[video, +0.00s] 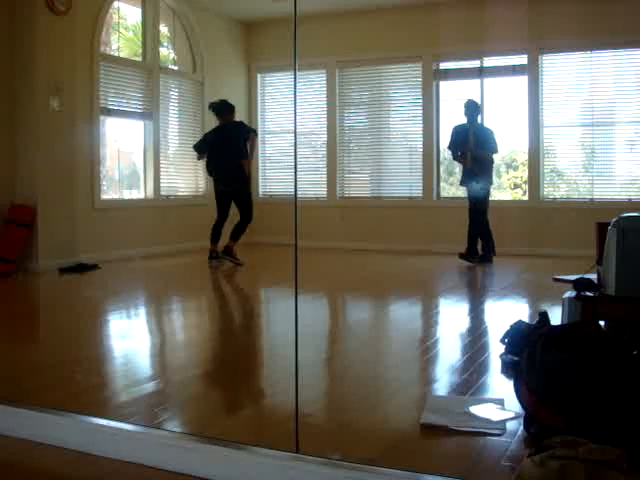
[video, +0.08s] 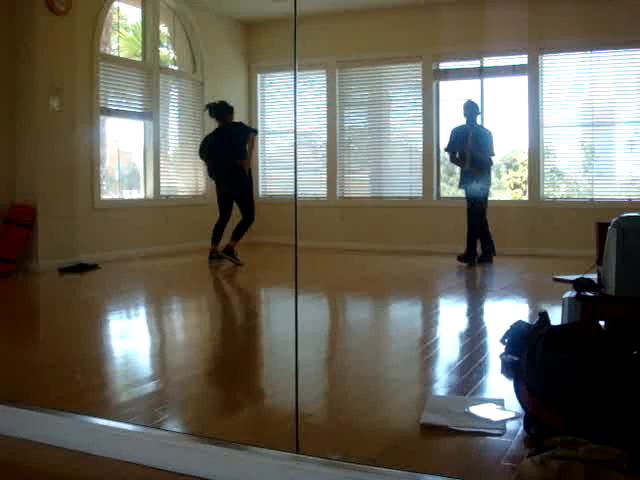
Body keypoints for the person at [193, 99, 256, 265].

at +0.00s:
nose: (233, 116)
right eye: (232, 113)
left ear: (216, 116)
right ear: (232, 113)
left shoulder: (212, 134)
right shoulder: (239, 127)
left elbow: (199, 154)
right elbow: (253, 136)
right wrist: (250, 158)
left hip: (220, 181)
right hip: (239, 178)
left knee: (221, 216)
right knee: (246, 216)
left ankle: (213, 251)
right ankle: (229, 248)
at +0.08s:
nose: (233, 117)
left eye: (230, 115)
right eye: (231, 115)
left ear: (216, 118)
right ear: (230, 115)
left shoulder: (209, 138)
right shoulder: (238, 128)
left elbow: (205, 159)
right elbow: (253, 135)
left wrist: (212, 169)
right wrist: (249, 158)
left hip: (221, 181)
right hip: (240, 178)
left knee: (224, 216)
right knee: (248, 216)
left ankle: (213, 250)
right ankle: (230, 247)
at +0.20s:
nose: (221, 125)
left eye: (219, 123)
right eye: (231, 120)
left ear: (217, 123)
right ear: (231, 119)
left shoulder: (217, 141)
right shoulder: (241, 133)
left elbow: (221, 163)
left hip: (225, 182)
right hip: (242, 181)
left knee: (231, 217)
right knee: (250, 218)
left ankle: (216, 250)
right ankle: (230, 247)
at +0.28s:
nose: (250, 126)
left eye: (250, 123)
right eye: (249, 123)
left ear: (235, 124)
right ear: (244, 124)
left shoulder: (230, 139)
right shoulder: (241, 137)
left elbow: (243, 166)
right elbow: (239, 163)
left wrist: (260, 163)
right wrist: (242, 173)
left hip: (226, 183)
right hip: (239, 183)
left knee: (235, 220)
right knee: (265, 211)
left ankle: (216, 249)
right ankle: (245, 240)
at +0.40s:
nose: (271, 128)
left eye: (271, 125)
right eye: (269, 125)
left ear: (260, 124)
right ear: (262, 124)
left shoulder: (252, 137)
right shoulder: (250, 134)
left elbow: (252, 164)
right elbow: (238, 148)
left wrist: (267, 155)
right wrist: (238, 168)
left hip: (237, 181)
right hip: (242, 181)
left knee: (234, 217)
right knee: (271, 207)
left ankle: (213, 246)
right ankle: (267, 242)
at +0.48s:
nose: (279, 127)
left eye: (280, 124)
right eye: (278, 124)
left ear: (268, 123)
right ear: (270, 123)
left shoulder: (260, 138)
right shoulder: (258, 133)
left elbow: (262, 162)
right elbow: (242, 142)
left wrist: (273, 152)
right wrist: (244, 167)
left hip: (243, 181)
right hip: (248, 181)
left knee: (233, 216)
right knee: (270, 208)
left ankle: (212, 244)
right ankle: (278, 244)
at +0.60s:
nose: (293, 130)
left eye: (294, 126)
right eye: (292, 126)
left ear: (282, 127)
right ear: (285, 126)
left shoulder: (281, 144)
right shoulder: (270, 141)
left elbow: (288, 166)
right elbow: (252, 150)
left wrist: (285, 152)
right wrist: (261, 171)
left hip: (261, 187)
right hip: (259, 187)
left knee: (246, 219)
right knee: (281, 215)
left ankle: (217, 243)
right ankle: (285, 250)